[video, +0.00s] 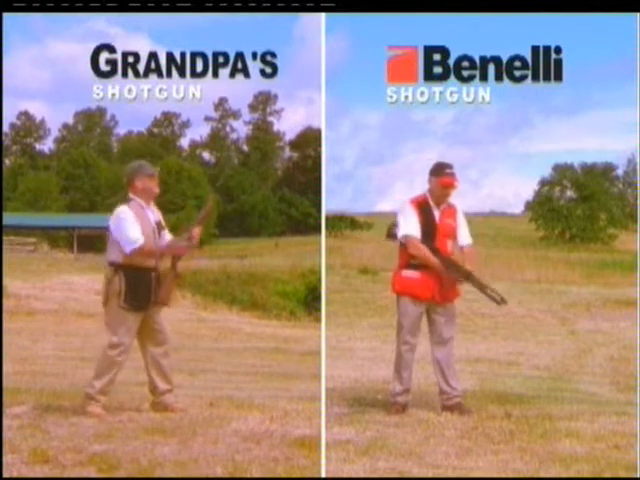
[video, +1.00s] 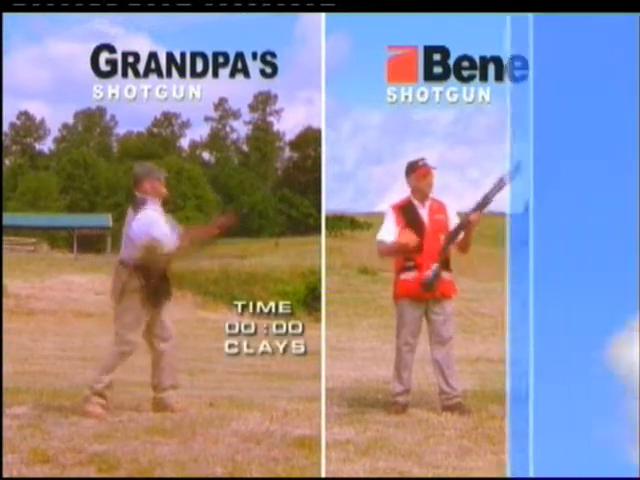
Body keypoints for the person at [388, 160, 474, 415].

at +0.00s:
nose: (447, 192)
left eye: (451, 187)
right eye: (443, 187)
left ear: (454, 187)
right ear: (430, 183)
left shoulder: (454, 211)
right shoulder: (411, 208)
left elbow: (466, 247)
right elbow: (412, 245)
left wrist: (463, 273)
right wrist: (442, 269)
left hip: (443, 283)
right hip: (413, 282)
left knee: (444, 342)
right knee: (407, 342)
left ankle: (451, 397)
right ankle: (400, 397)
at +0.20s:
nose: (450, 191)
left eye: (453, 187)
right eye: (445, 186)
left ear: (456, 187)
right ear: (433, 183)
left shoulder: (457, 212)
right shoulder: (414, 208)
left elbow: (471, 253)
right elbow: (413, 246)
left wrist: (456, 248)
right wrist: (444, 277)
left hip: (443, 282)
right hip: (413, 280)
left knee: (445, 342)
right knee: (407, 341)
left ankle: (450, 397)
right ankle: (400, 396)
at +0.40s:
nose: (448, 188)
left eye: (451, 183)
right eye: (443, 182)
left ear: (453, 184)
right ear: (430, 182)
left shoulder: (455, 210)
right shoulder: (412, 208)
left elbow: (462, 254)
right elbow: (414, 248)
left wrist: (461, 247)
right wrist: (445, 278)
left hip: (443, 280)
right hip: (414, 279)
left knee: (445, 340)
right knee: (407, 340)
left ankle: (450, 396)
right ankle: (400, 395)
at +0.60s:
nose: (443, 184)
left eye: (445, 178)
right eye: (438, 178)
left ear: (446, 181)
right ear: (424, 181)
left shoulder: (451, 210)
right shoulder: (408, 210)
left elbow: (458, 254)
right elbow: (407, 247)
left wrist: (460, 244)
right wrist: (436, 274)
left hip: (442, 280)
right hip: (413, 281)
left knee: (445, 341)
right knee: (407, 342)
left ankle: (451, 397)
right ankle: (400, 395)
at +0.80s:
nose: (435, 182)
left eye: (437, 177)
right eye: (430, 177)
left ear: (440, 179)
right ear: (417, 180)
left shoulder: (448, 210)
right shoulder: (402, 210)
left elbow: (459, 252)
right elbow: (395, 244)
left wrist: (464, 238)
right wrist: (419, 260)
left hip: (441, 281)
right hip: (411, 282)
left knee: (445, 341)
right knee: (406, 342)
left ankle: (451, 397)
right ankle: (400, 395)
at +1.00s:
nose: (427, 181)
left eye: (429, 176)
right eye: (422, 177)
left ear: (433, 178)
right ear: (410, 181)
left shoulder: (443, 209)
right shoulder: (396, 211)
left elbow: (462, 247)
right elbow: (383, 248)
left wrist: (470, 228)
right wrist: (405, 246)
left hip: (440, 280)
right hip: (409, 281)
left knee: (444, 341)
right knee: (406, 342)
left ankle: (451, 397)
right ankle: (400, 395)